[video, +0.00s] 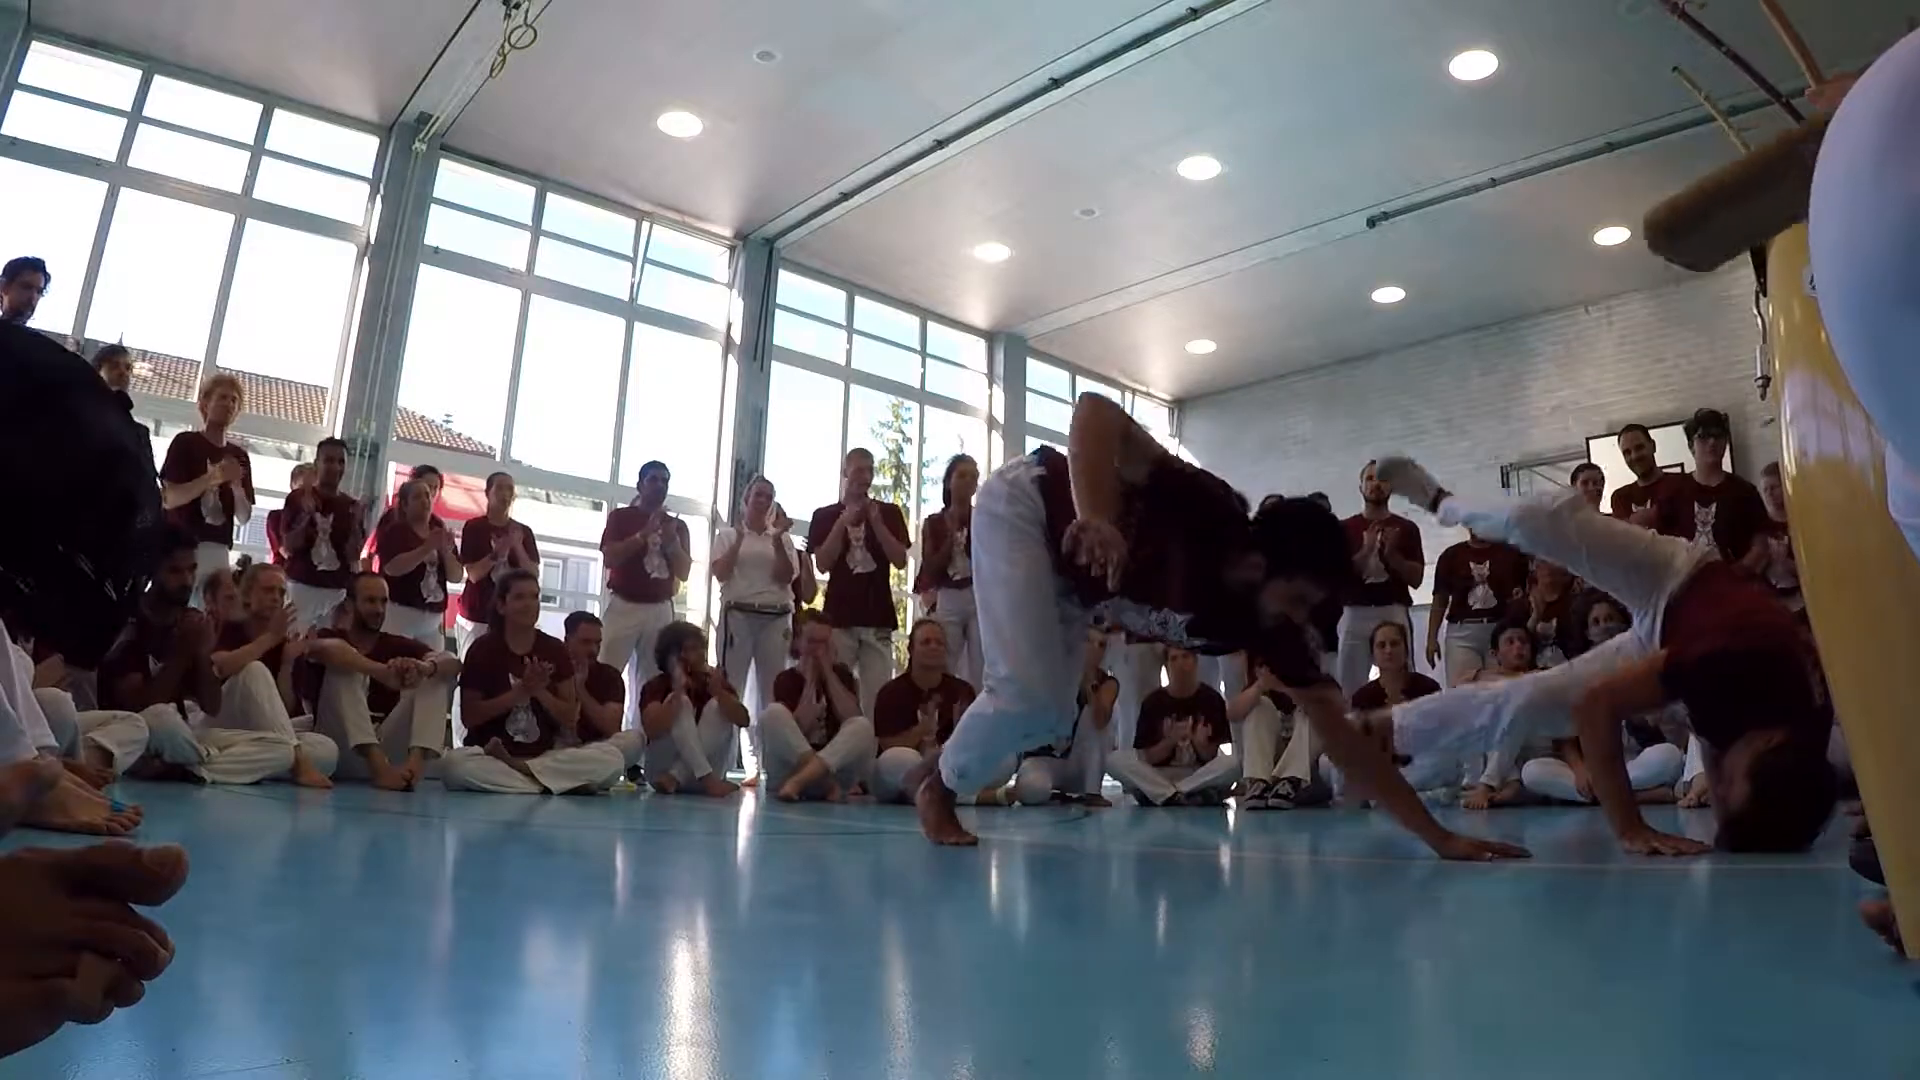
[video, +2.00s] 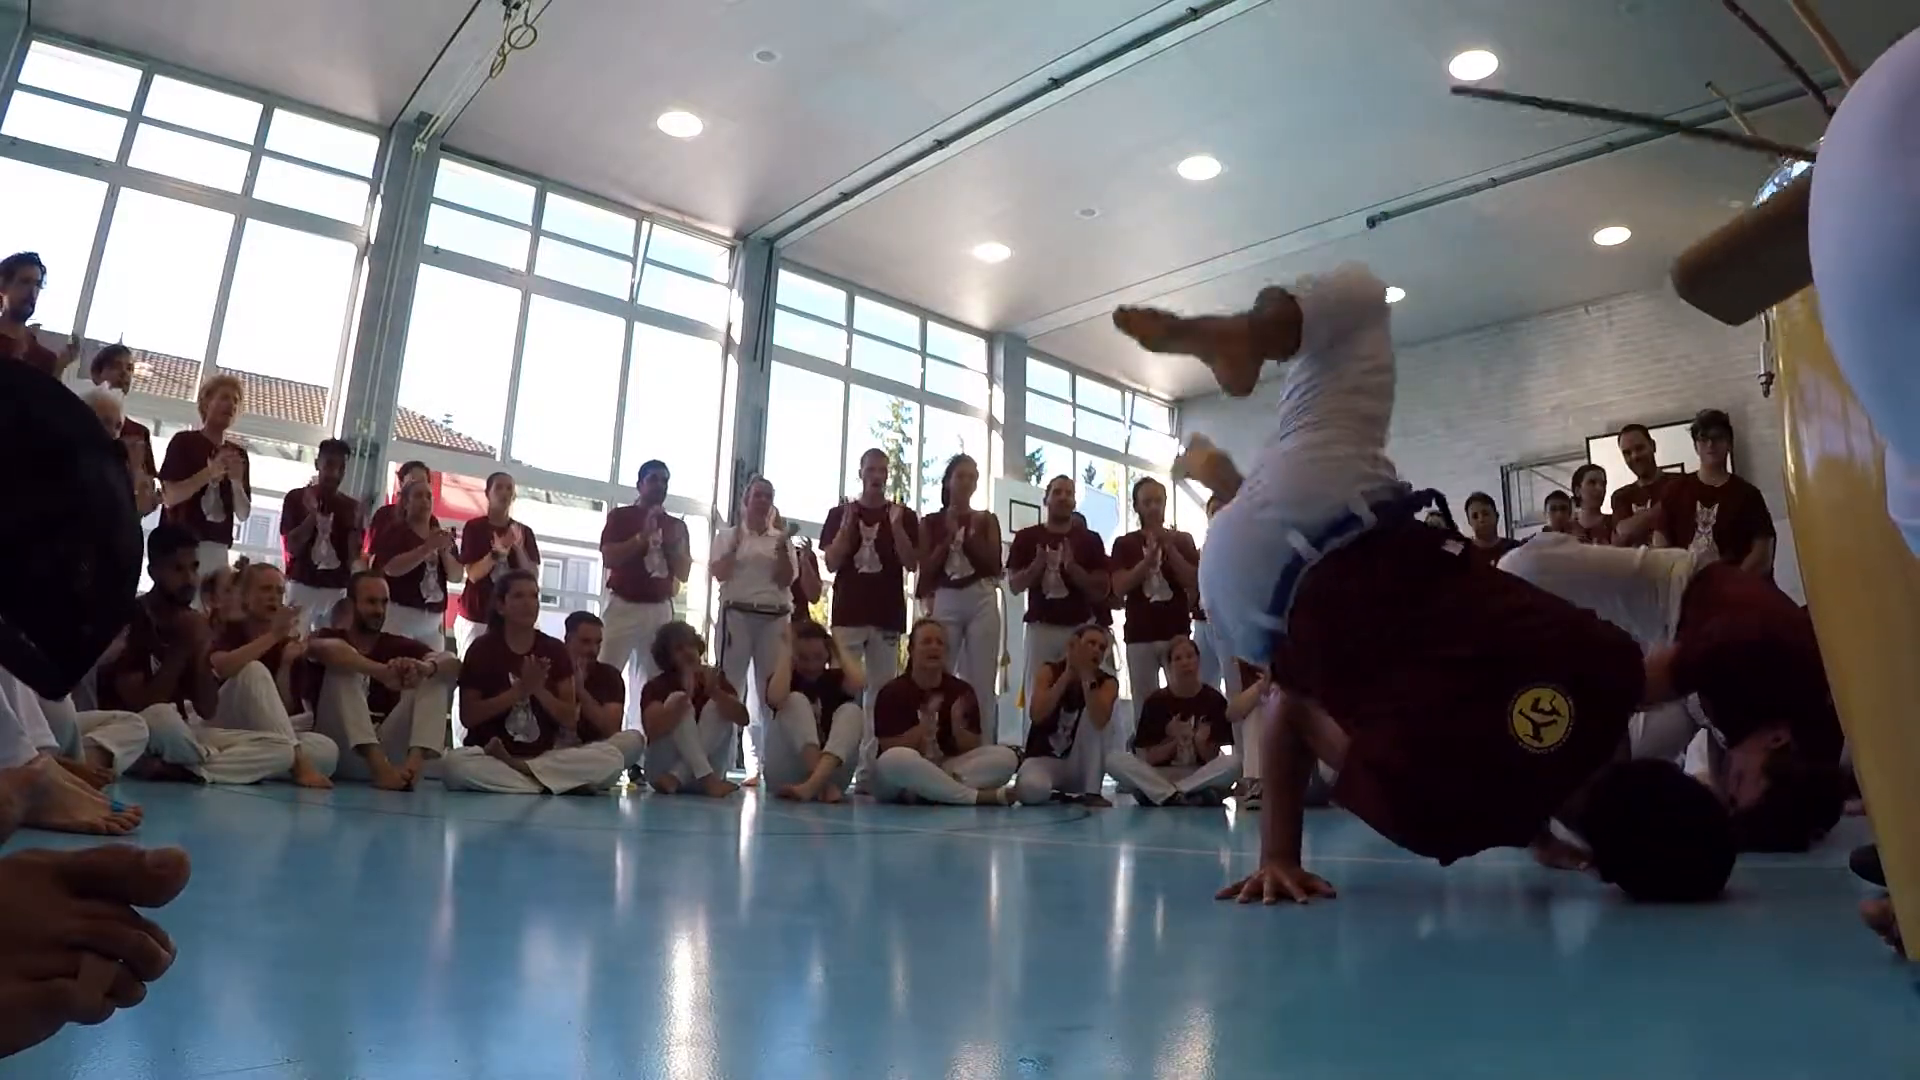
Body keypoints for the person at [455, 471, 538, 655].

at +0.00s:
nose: (504, 494)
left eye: (509, 489)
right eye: (499, 489)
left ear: (514, 495)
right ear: (488, 493)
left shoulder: (523, 532)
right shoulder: (473, 527)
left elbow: (533, 573)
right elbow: (473, 575)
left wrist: (518, 547)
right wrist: (496, 554)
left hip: (510, 619)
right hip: (474, 616)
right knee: (470, 680)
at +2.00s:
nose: (504, 493)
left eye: (509, 488)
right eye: (499, 488)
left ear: (514, 495)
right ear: (488, 493)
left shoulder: (524, 532)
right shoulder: (474, 527)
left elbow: (533, 575)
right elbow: (473, 575)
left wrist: (519, 548)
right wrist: (495, 554)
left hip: (510, 621)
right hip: (474, 617)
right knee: (472, 678)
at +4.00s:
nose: (503, 494)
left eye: (508, 490)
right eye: (498, 489)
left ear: (513, 495)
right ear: (487, 493)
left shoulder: (523, 533)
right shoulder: (473, 527)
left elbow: (532, 575)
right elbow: (472, 575)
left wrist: (516, 551)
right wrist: (492, 554)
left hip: (509, 623)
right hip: (473, 620)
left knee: (505, 685)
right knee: (469, 685)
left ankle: (498, 743)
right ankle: (463, 747)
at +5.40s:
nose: (511, 499)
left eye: (514, 494)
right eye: (507, 492)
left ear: (515, 499)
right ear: (491, 493)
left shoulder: (522, 533)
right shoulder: (472, 528)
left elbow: (531, 575)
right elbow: (471, 574)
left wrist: (516, 545)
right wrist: (494, 552)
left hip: (509, 621)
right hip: (473, 618)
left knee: (504, 683)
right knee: (469, 683)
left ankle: (497, 742)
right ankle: (462, 745)